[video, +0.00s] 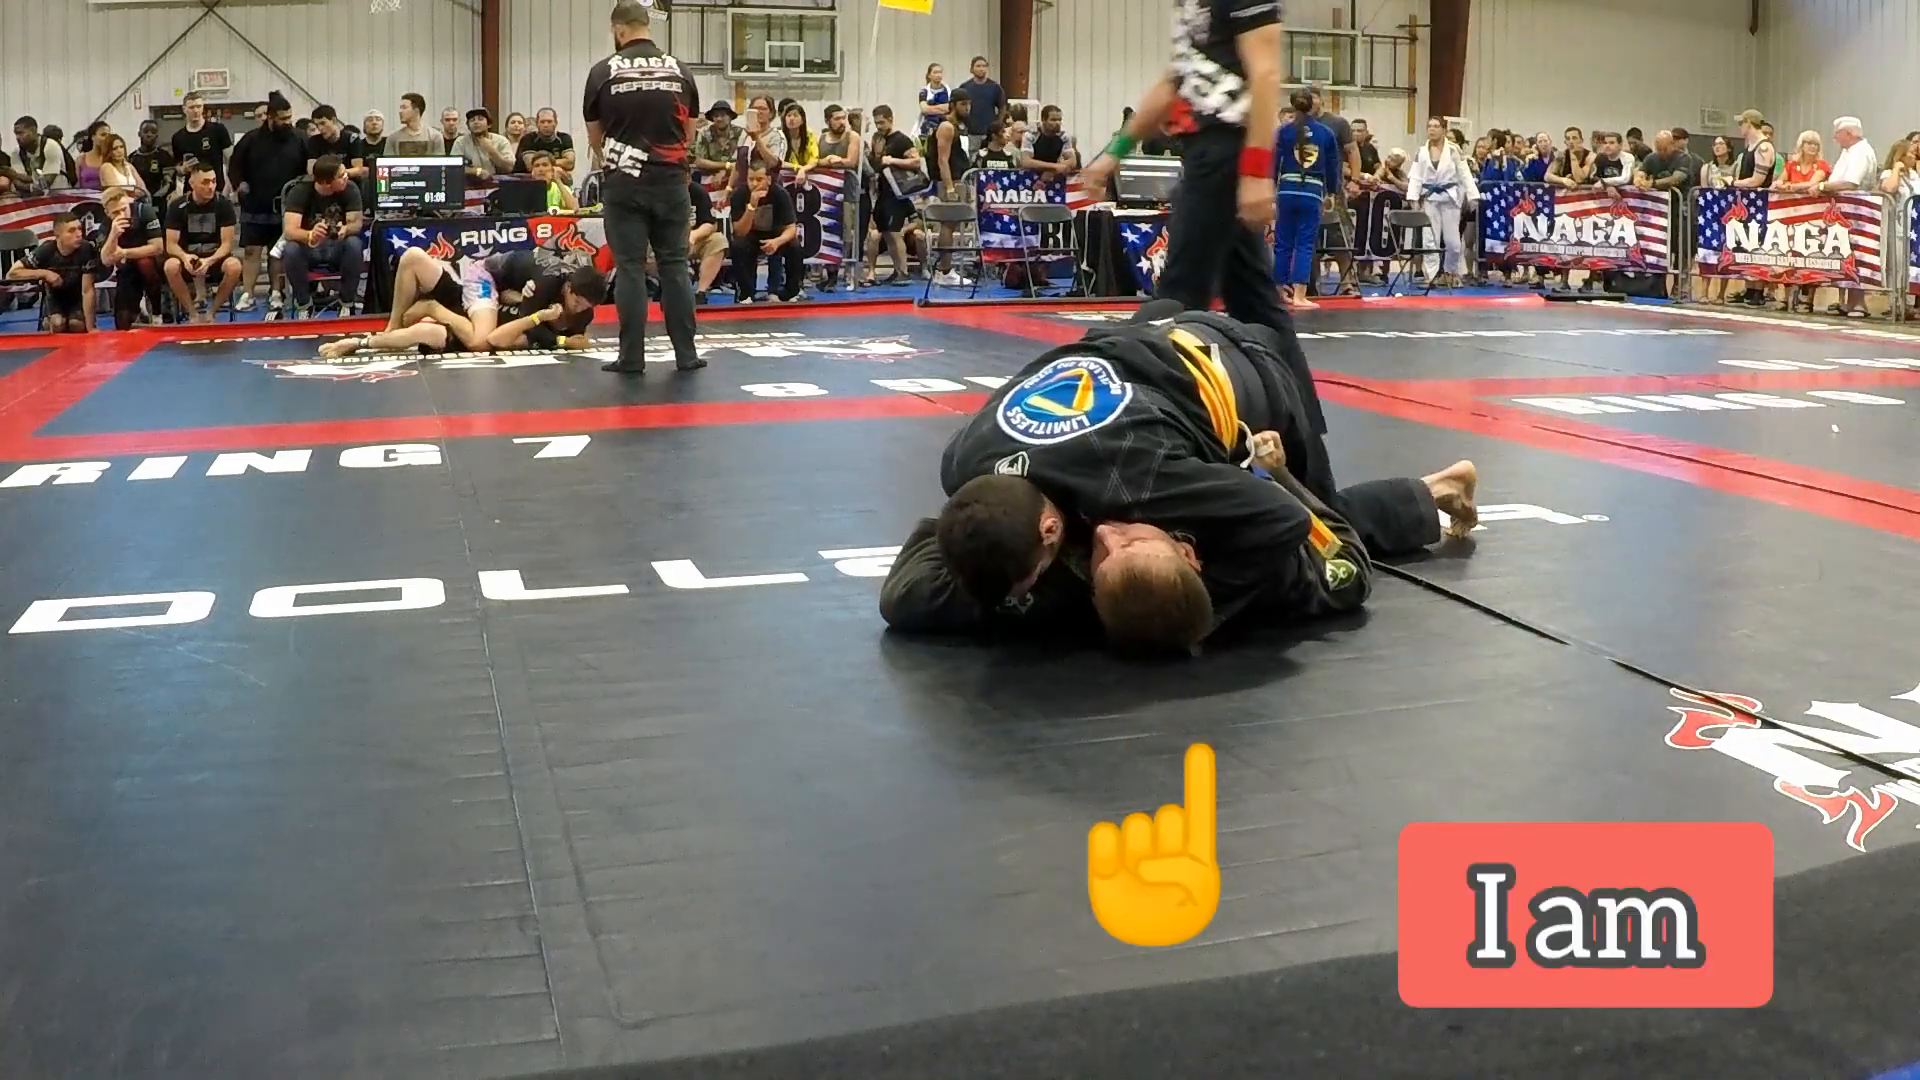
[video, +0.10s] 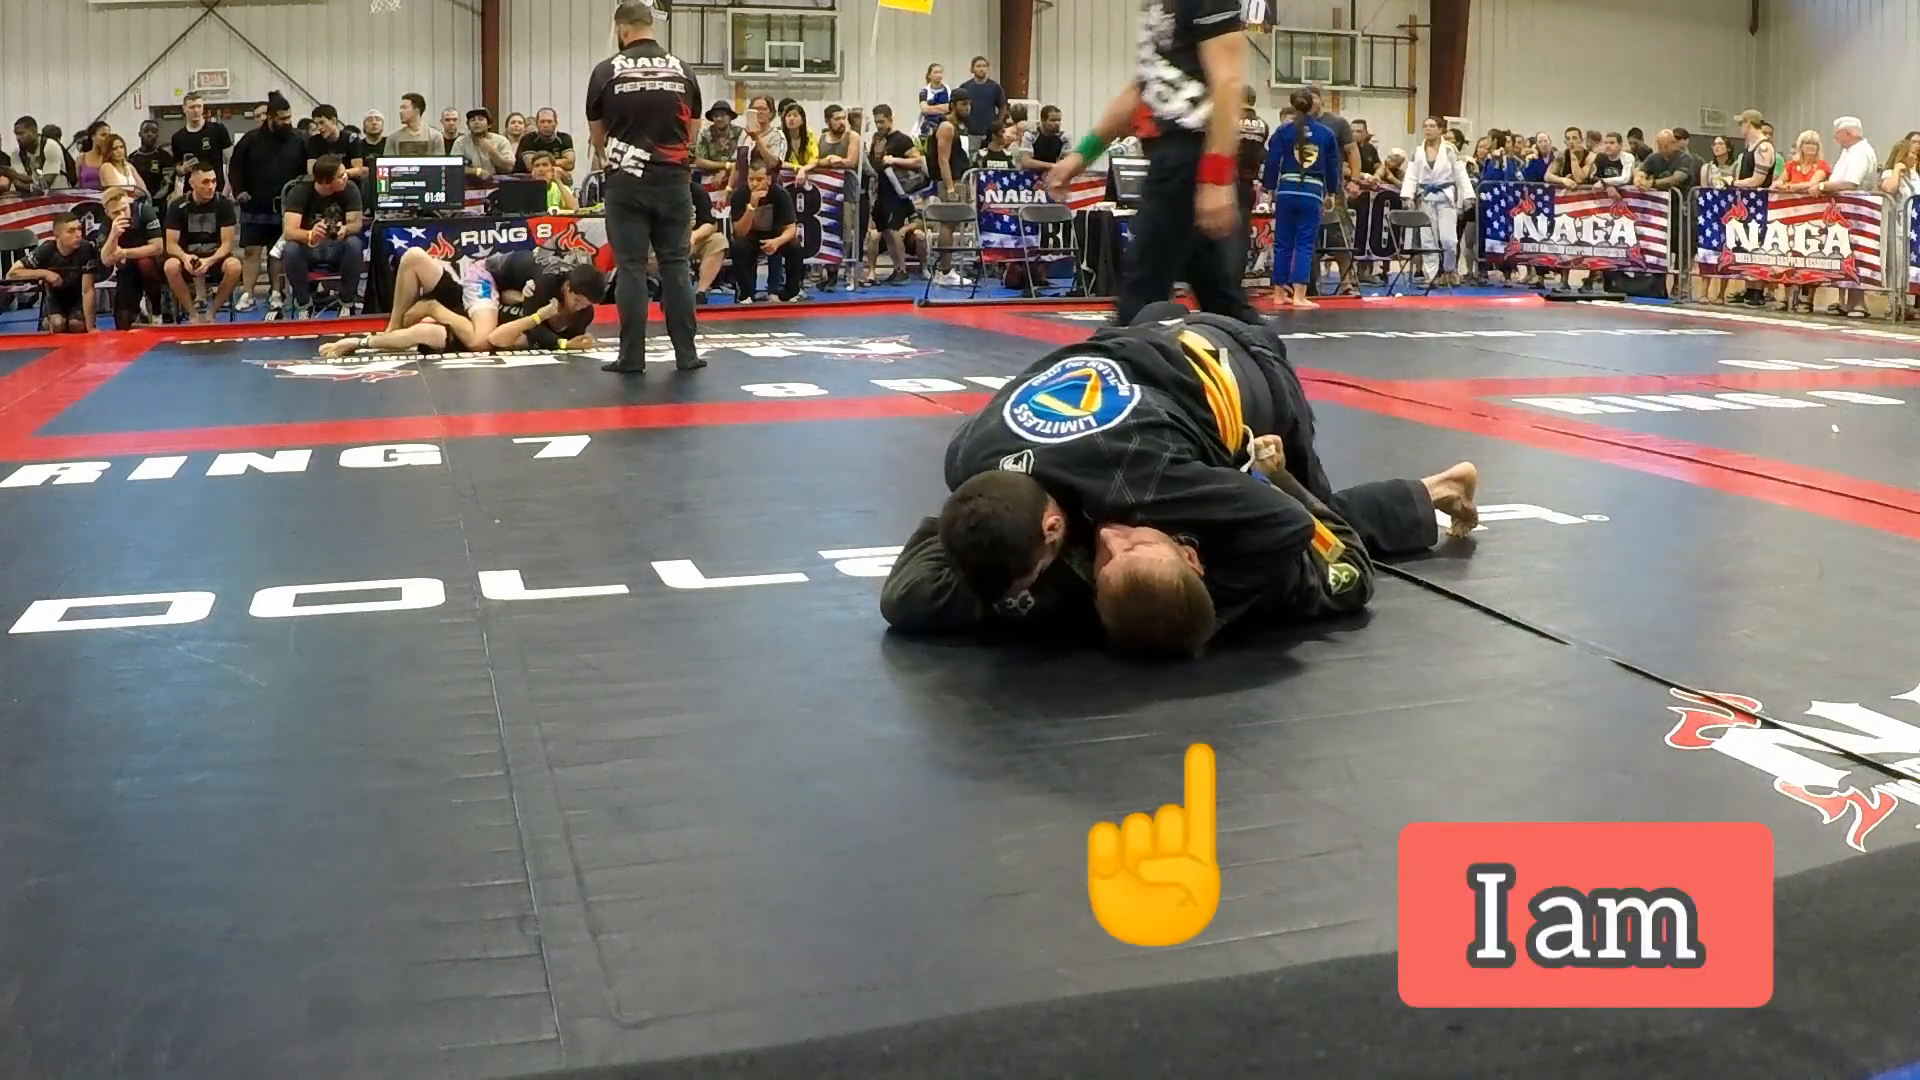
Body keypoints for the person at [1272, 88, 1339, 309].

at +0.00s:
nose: (1318, 105)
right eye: (1316, 103)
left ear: (1294, 107)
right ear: (1312, 106)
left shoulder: (1284, 131)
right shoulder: (1326, 133)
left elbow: (1276, 161)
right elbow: (1332, 164)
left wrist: (1273, 185)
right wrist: (1331, 190)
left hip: (1286, 190)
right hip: (1312, 192)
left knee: (1283, 241)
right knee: (1305, 242)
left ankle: (1281, 291)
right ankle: (1299, 294)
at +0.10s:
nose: (1318, 103)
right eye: (1316, 101)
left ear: (1293, 106)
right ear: (1311, 105)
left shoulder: (1282, 131)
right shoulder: (1325, 133)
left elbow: (1272, 161)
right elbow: (1332, 166)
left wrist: (1269, 186)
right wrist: (1333, 191)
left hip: (1286, 192)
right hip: (1312, 194)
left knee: (1283, 242)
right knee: (1305, 243)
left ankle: (1279, 292)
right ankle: (1299, 295)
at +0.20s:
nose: (1318, 103)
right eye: (1316, 100)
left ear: (1293, 106)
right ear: (1311, 105)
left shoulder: (1282, 130)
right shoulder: (1326, 133)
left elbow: (1272, 160)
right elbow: (1332, 165)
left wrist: (1269, 185)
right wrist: (1333, 191)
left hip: (1286, 191)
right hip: (1312, 194)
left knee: (1283, 241)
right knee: (1305, 242)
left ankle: (1279, 293)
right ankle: (1299, 295)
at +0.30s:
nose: (1317, 103)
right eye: (1315, 101)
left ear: (1292, 106)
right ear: (1312, 105)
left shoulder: (1282, 130)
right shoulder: (1326, 133)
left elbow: (1272, 161)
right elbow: (1333, 166)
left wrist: (1269, 187)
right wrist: (1332, 191)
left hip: (1286, 192)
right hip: (1312, 194)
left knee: (1283, 242)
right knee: (1305, 243)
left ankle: (1279, 293)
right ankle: (1299, 296)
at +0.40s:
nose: (1317, 103)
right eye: (1315, 100)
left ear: (1292, 105)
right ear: (1312, 105)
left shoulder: (1282, 130)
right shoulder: (1325, 133)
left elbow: (1271, 161)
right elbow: (1333, 165)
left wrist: (1269, 186)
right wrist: (1332, 190)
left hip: (1286, 192)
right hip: (1312, 194)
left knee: (1283, 242)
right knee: (1305, 243)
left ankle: (1279, 293)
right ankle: (1299, 296)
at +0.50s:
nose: (1316, 102)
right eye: (1314, 100)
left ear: (1292, 106)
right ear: (1311, 105)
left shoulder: (1282, 130)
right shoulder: (1326, 133)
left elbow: (1272, 161)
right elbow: (1332, 166)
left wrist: (1268, 188)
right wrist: (1332, 191)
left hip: (1286, 192)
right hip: (1312, 195)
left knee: (1282, 242)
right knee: (1305, 243)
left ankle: (1278, 294)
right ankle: (1299, 296)